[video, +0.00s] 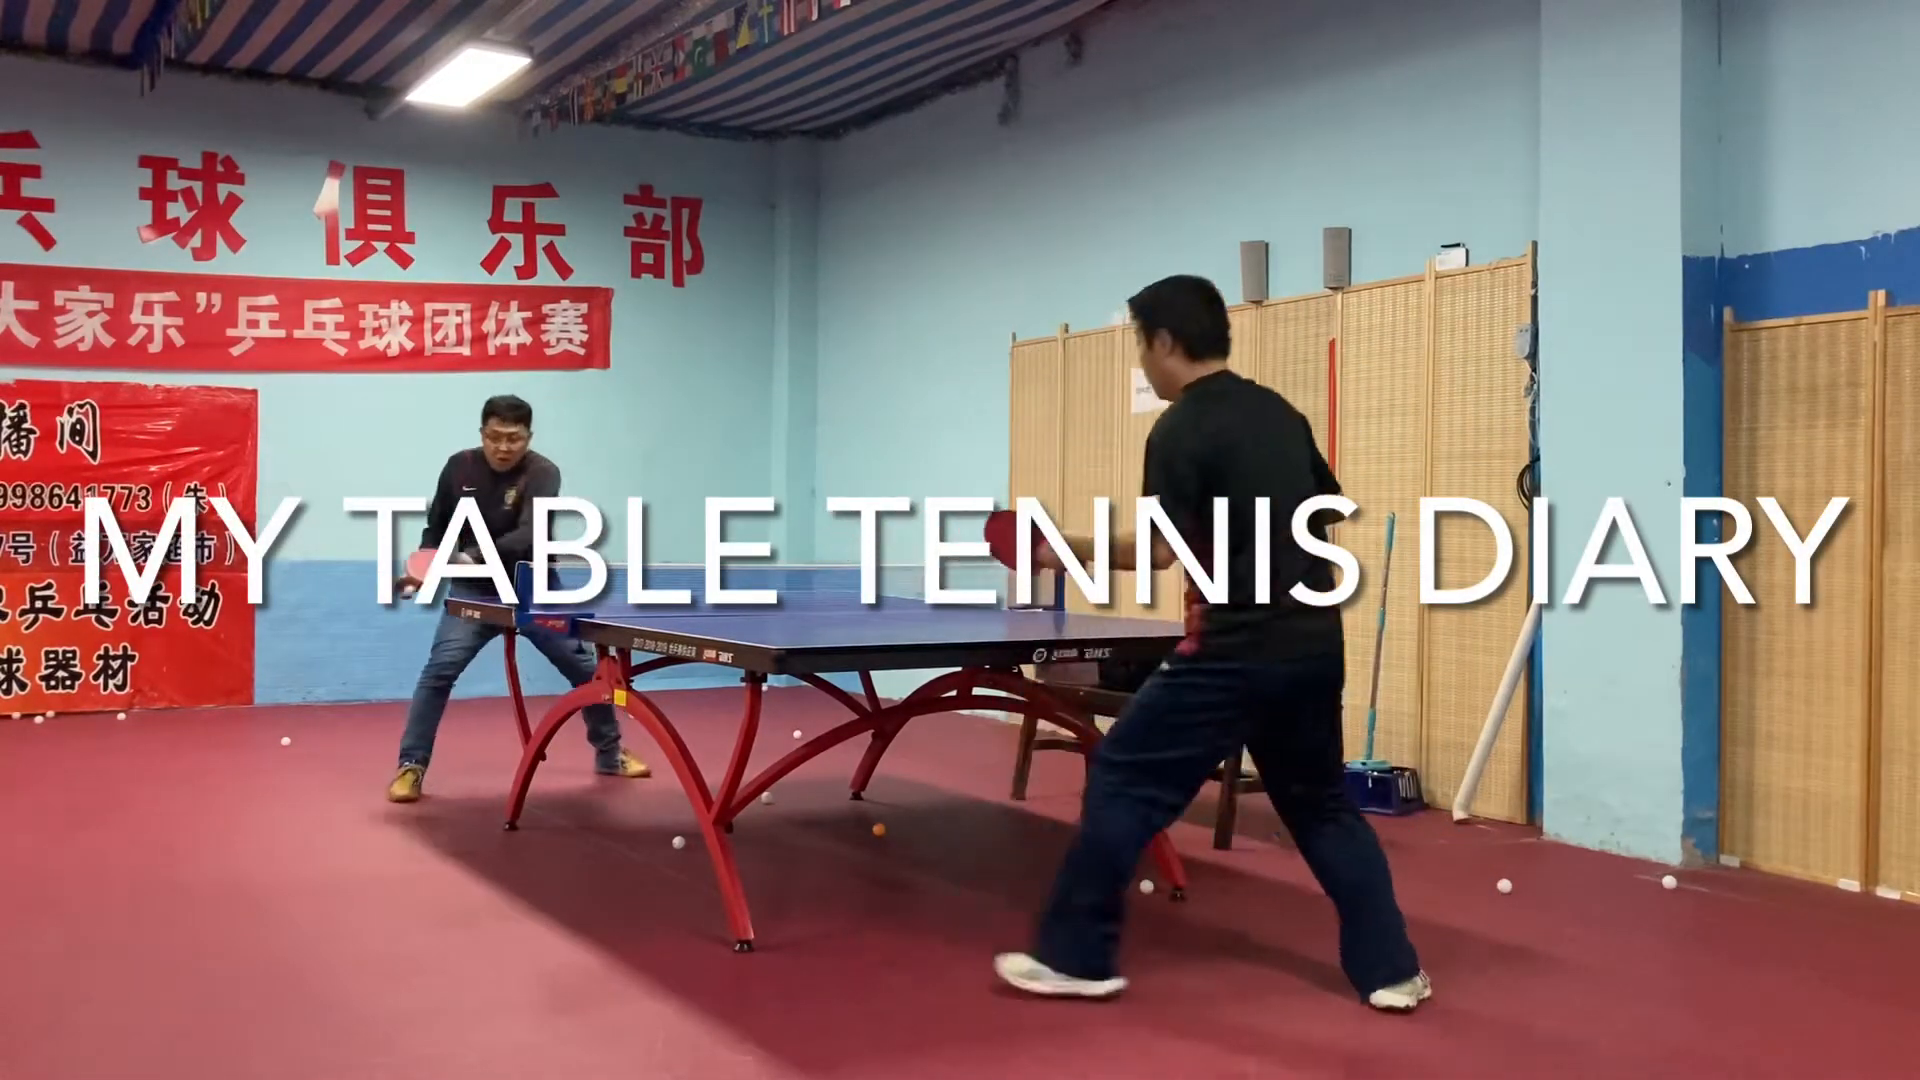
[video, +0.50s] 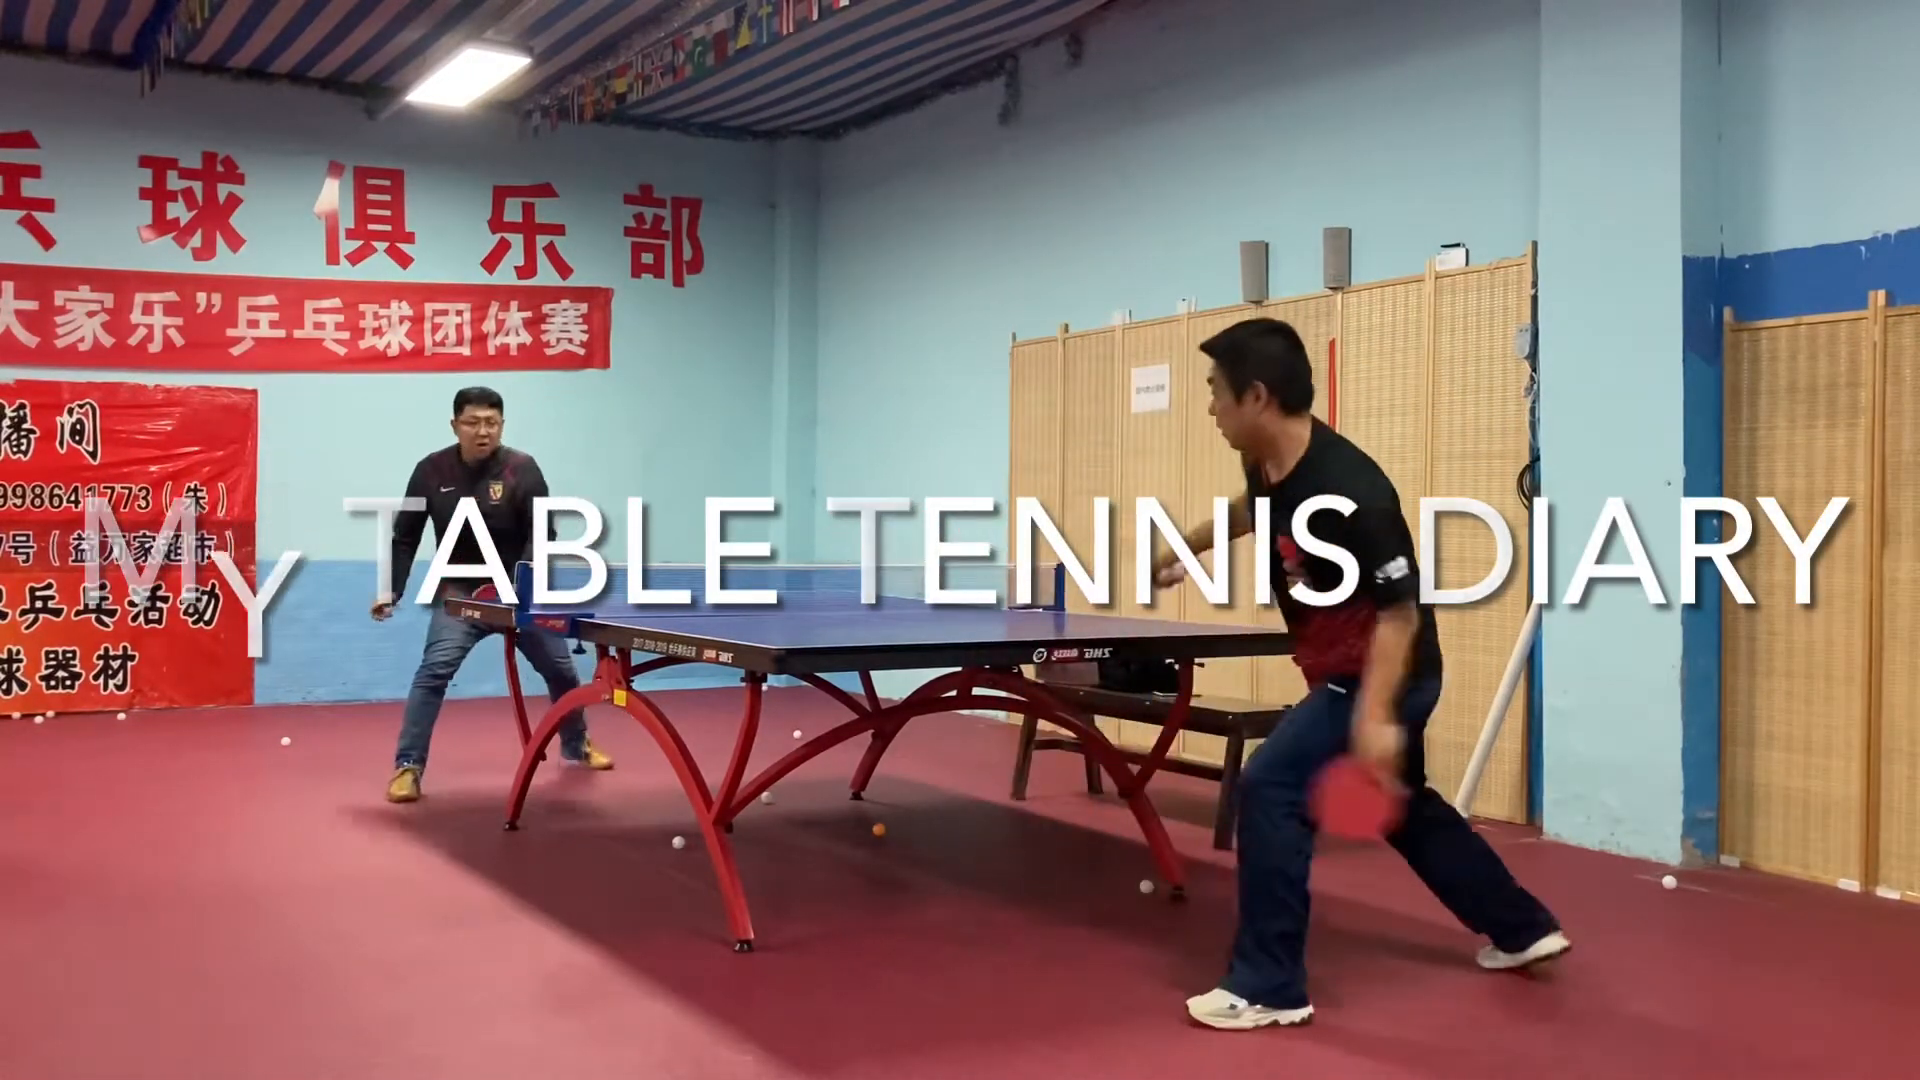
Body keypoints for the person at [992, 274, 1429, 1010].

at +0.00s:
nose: (1142, 363)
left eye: (1143, 346)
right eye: (1141, 347)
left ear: (1167, 343)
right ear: (1217, 341)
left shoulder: (1178, 432)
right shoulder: (1281, 413)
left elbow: (1171, 547)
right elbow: (1328, 507)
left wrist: (1072, 557)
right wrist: (1245, 553)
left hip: (1234, 652)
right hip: (1314, 648)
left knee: (1124, 776)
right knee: (1318, 800)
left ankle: (1076, 957)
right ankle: (1392, 970)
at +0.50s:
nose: (1210, 408)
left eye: (1219, 393)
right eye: (1212, 393)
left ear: (1261, 398)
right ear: (1263, 398)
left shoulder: (1353, 484)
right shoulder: (1269, 462)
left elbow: (1400, 610)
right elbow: (1252, 510)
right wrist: (1187, 550)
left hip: (1385, 679)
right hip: (1344, 676)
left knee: (1270, 783)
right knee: (1402, 805)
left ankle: (1270, 983)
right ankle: (1524, 927)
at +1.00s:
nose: (1231, 382)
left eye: (1240, 369)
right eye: (1234, 368)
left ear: (1275, 376)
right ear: (1311, 375)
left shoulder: (1255, 452)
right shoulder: (1386, 440)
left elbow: (1161, 461)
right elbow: (1429, 535)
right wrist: (1350, 523)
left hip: (1340, 681)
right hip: (1420, 673)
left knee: (1222, 798)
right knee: (1406, 790)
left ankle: (1265, 985)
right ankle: (1463, 940)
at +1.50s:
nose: (1268, 356)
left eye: (1273, 341)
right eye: (1269, 341)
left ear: (1301, 343)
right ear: (1342, 343)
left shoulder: (1328, 423)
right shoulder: (1398, 412)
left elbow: (1317, 545)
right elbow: (1459, 506)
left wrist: (1246, 586)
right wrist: (1371, 548)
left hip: (1381, 651)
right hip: (1438, 648)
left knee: (1294, 793)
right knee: (1406, 786)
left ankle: (1316, 988)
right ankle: (1463, 941)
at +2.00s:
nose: (1315, 414)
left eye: (1314, 398)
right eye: (1313, 399)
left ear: (1334, 391)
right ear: (1388, 384)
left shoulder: (1333, 476)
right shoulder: (1472, 438)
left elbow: (1331, 590)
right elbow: (1547, 516)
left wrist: (1378, 562)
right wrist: (1562, 611)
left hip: (1422, 665)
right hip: (1503, 662)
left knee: (1333, 799)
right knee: (1441, 781)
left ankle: (1313, 986)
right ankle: (1465, 938)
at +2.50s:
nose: (1388, 321)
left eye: (1391, 306)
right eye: (1388, 306)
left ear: (1417, 304)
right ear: (1469, 307)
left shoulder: (1425, 393)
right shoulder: (1510, 385)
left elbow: (1403, 513)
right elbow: (1551, 497)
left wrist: (1363, 619)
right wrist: (1487, 556)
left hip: (1456, 638)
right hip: (1516, 632)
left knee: (1436, 806)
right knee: (1482, 790)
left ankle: (1515, 993)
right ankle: (1465, 926)